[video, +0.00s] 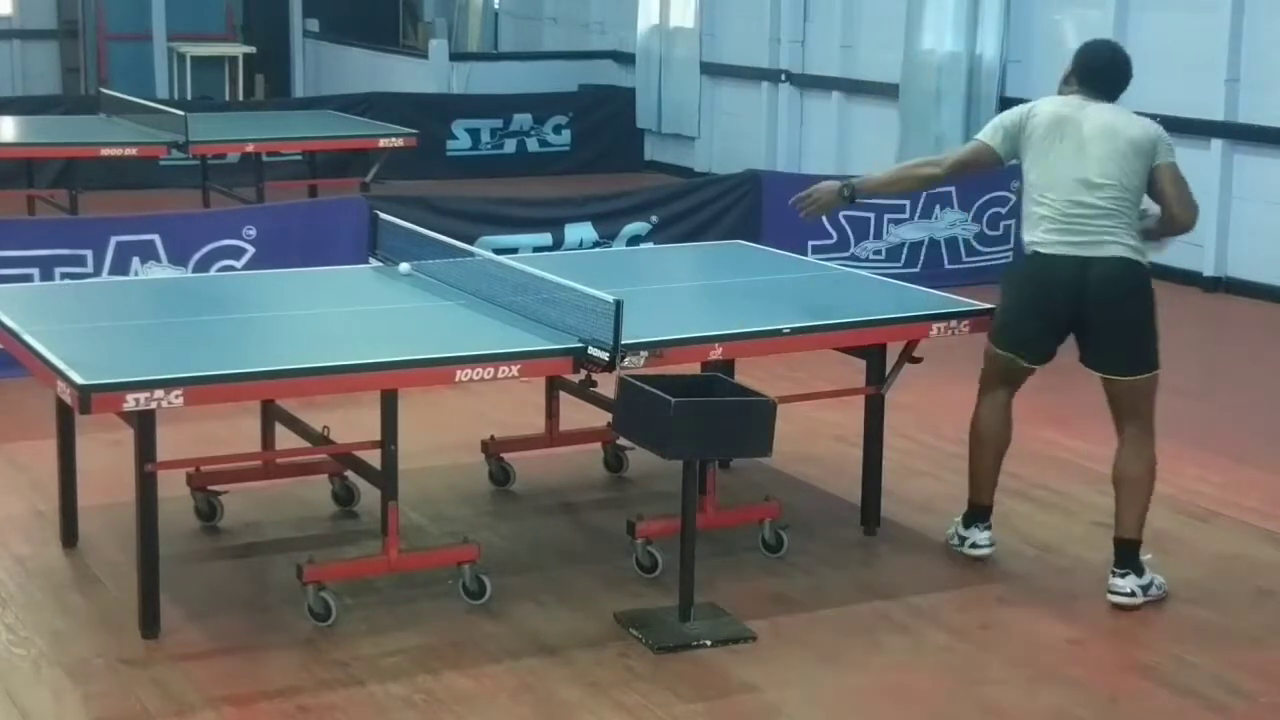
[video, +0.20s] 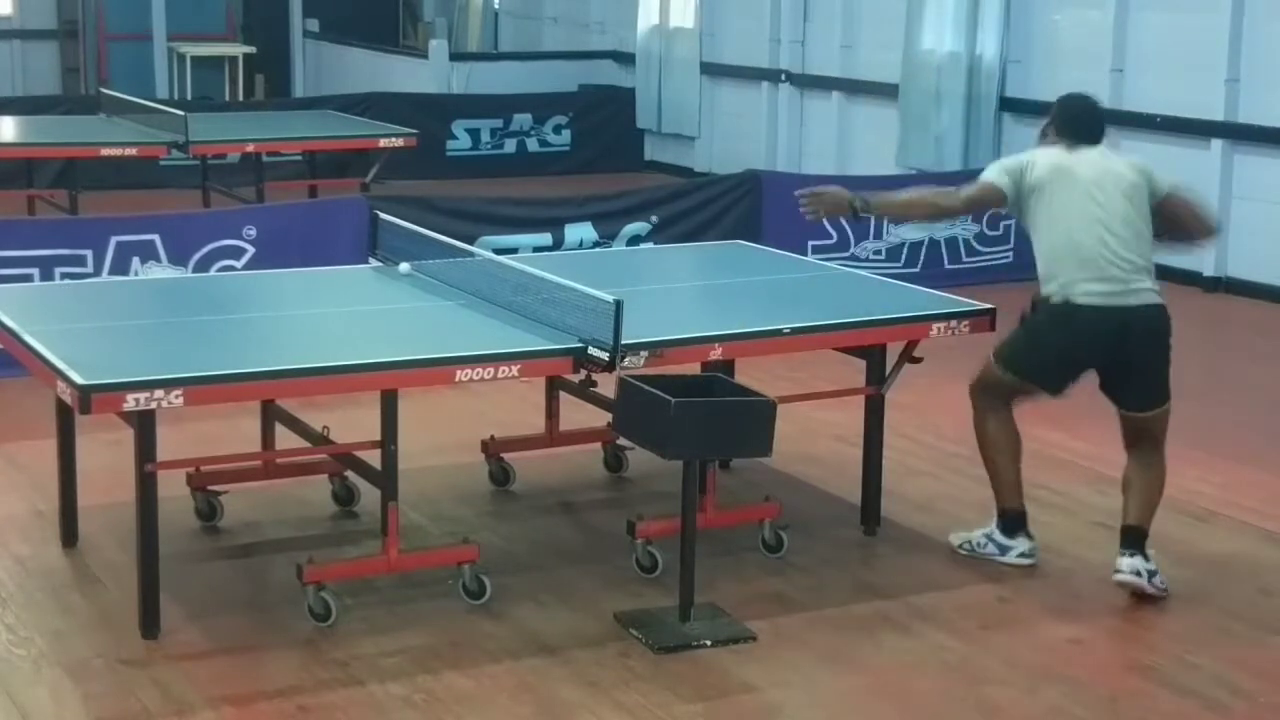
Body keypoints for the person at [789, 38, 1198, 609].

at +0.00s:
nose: (1060, 80)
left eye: (1064, 72)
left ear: (1070, 75)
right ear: (1119, 90)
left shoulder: (1031, 115)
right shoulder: (1145, 131)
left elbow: (943, 169)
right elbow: (1182, 216)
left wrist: (849, 190)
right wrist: (1141, 233)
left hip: (1041, 276)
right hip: (1120, 283)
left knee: (998, 387)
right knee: (1135, 425)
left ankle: (977, 524)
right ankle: (1127, 570)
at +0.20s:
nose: (1039, 135)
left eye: (1043, 128)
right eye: (1044, 129)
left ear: (1053, 130)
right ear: (1100, 136)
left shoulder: (1030, 164)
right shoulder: (1134, 171)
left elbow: (951, 204)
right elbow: (1200, 226)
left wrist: (856, 202)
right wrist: (1133, 224)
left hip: (1070, 316)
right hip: (1144, 321)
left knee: (989, 395)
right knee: (1146, 443)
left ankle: (1012, 532)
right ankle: (1134, 554)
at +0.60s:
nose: (977, 101)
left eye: (989, 93)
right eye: (981, 92)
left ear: (1019, 104)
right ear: (1016, 105)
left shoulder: (1033, 145)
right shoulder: (1020, 161)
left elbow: (1046, 202)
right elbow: (987, 244)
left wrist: (988, 203)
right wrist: (956, 206)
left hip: (1089, 295)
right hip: (1108, 296)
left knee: (984, 395)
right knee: (1029, 398)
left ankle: (1011, 532)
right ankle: (1132, 477)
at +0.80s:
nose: (998, 64)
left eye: (1009, 55)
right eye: (999, 54)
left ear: (1042, 66)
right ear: (1016, 66)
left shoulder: (1071, 116)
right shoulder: (1013, 125)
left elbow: (1120, 185)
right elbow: (994, 209)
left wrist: (1077, 185)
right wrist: (979, 184)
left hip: (1098, 261)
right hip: (1056, 263)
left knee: (1043, 376)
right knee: (1020, 368)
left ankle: (1035, 514)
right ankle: (1083, 471)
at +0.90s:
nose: (1010, 41)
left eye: (1021, 33)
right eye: (1010, 32)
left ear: (1053, 44)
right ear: (1015, 44)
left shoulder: (1085, 101)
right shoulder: (1012, 106)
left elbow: (1146, 170)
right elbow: (1028, 185)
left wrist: (1093, 186)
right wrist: (1000, 172)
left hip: (1102, 240)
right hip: (1051, 243)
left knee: (1062, 353)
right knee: (1013, 341)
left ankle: (1102, 493)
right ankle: (1072, 444)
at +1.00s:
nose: (1017, 45)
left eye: (1027, 37)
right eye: (1017, 36)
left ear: (1060, 43)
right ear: (1030, 44)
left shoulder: (1101, 103)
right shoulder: (1020, 106)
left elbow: (1155, 171)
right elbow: (1026, 172)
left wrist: (1098, 206)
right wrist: (1008, 180)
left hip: (1106, 242)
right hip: (1048, 241)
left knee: (1093, 358)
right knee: (1012, 333)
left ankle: (1159, 481)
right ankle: (1047, 430)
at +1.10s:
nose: (1024, 77)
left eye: (1035, 69)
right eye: (1024, 67)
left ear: (1068, 75)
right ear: (1034, 73)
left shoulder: (1113, 133)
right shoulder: (1025, 131)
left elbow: (1156, 204)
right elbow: (1029, 201)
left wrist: (1097, 230)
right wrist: (997, 206)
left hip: (1109, 269)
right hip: (1048, 265)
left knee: (1118, 383)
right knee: (1009, 346)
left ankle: (1198, 482)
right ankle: (1034, 432)